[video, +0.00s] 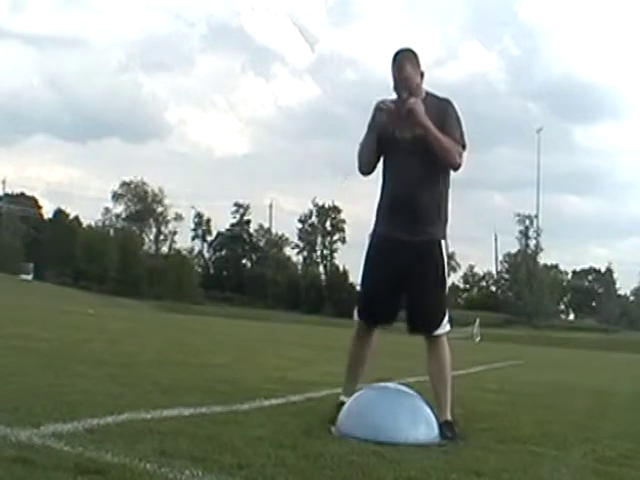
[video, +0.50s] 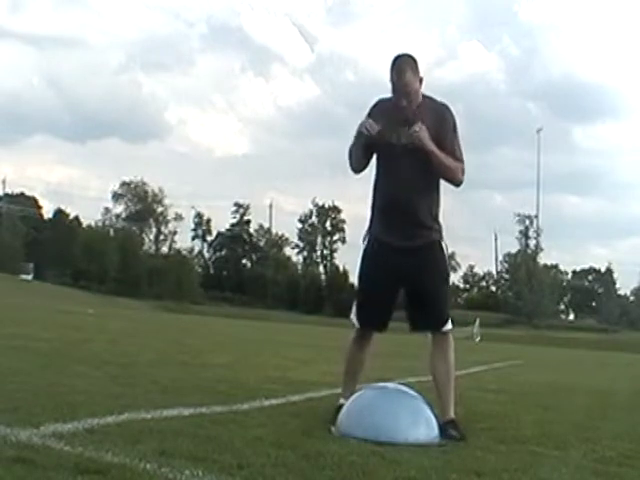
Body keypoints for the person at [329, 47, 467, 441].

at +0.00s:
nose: (402, 88)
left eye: (407, 81)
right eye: (397, 83)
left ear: (422, 76)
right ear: (392, 81)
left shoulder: (442, 109)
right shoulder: (384, 112)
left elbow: (455, 160)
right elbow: (365, 166)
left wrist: (422, 121)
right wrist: (379, 123)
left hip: (428, 237)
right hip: (386, 235)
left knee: (435, 332)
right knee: (365, 324)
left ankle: (444, 418)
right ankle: (347, 403)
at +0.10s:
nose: (399, 88)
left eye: (404, 81)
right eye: (393, 83)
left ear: (418, 77)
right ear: (388, 82)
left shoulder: (436, 111)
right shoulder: (379, 113)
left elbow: (450, 164)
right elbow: (359, 167)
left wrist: (417, 126)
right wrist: (375, 125)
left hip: (424, 237)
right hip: (382, 235)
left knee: (433, 332)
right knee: (366, 326)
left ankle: (444, 418)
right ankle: (345, 404)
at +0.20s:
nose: (394, 85)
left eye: (399, 78)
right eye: (388, 79)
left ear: (411, 75)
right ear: (382, 79)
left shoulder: (431, 110)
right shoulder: (374, 113)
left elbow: (447, 166)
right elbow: (354, 168)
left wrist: (414, 135)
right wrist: (371, 129)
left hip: (420, 236)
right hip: (378, 235)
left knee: (433, 328)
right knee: (363, 326)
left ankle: (444, 417)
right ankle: (345, 405)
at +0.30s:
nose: (392, 85)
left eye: (397, 78)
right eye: (387, 79)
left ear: (409, 76)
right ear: (379, 80)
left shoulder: (430, 109)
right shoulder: (369, 115)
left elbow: (447, 164)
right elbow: (352, 168)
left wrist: (412, 132)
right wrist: (366, 130)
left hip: (420, 235)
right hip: (378, 235)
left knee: (437, 326)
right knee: (363, 326)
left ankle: (444, 416)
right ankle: (346, 405)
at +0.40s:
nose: (394, 86)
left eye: (399, 80)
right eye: (389, 81)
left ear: (412, 77)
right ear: (383, 81)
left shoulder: (433, 109)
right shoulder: (373, 115)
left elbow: (450, 165)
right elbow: (354, 167)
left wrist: (417, 131)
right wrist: (364, 132)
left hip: (423, 237)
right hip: (380, 236)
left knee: (438, 328)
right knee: (363, 327)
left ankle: (446, 417)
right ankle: (346, 404)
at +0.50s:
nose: (403, 97)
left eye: (408, 89)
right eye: (397, 91)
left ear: (422, 81)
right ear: (390, 86)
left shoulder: (440, 114)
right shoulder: (382, 110)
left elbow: (457, 174)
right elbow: (356, 165)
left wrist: (427, 144)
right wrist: (367, 136)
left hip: (426, 238)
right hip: (383, 237)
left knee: (441, 328)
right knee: (365, 329)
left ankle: (447, 418)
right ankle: (345, 405)